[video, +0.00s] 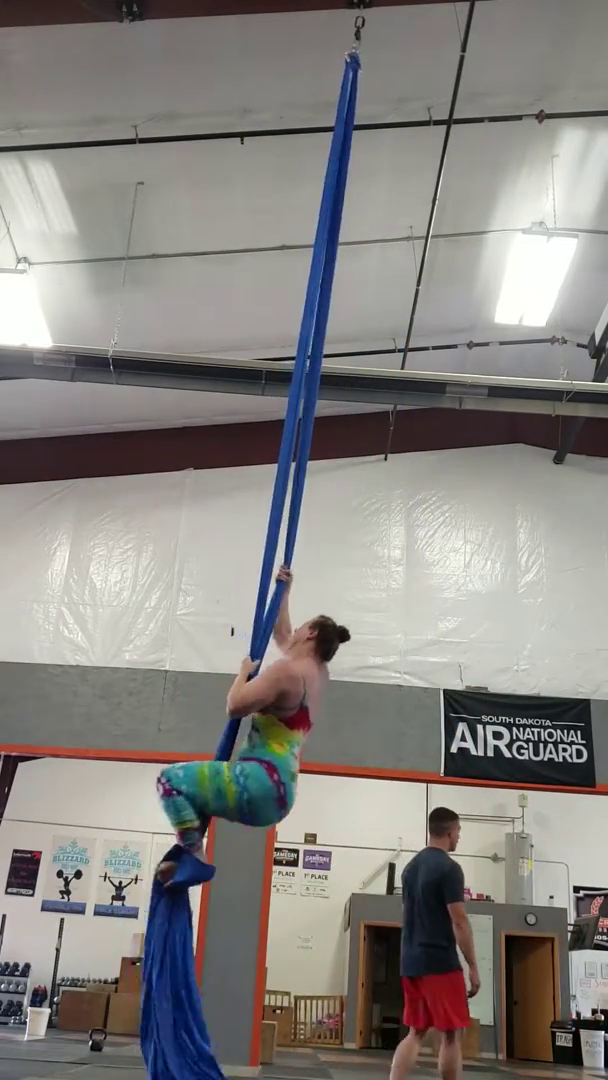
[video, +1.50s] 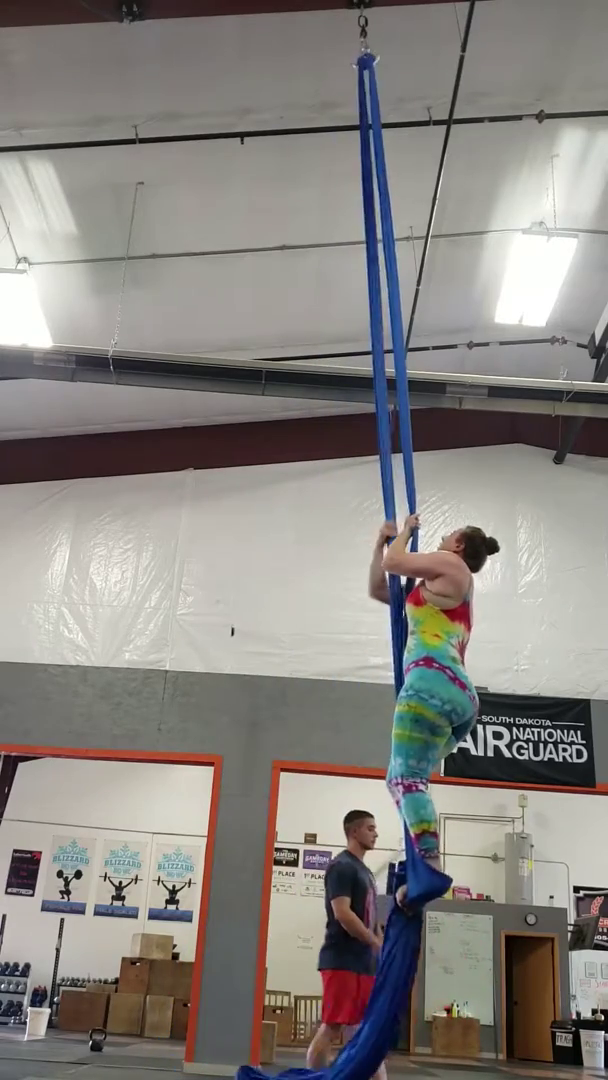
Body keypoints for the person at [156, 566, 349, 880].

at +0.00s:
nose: (299, 627)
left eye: (304, 624)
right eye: (303, 624)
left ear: (310, 633)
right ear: (322, 641)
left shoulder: (287, 670)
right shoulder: (315, 671)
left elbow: (235, 705)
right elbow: (283, 636)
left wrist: (244, 672)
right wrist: (283, 592)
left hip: (260, 782)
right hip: (280, 793)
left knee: (172, 779)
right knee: (188, 784)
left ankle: (193, 856)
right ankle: (187, 858)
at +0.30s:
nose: (354, 606)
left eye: (360, 602)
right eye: (359, 602)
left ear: (369, 608)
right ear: (382, 622)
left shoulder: (340, 631)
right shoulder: (375, 656)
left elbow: (279, 609)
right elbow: (323, 635)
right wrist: (321, 592)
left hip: (303, 743)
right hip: (325, 767)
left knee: (217, 782)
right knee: (237, 790)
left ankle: (244, 862)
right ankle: (232, 861)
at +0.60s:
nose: (412, 581)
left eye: (418, 578)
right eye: (418, 577)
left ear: (427, 587)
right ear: (437, 600)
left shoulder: (406, 600)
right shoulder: (427, 636)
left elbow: (351, 568)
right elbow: (368, 634)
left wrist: (351, 533)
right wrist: (354, 588)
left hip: (356, 708)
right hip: (376, 733)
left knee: (277, 768)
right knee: (285, 771)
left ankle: (269, 858)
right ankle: (267, 855)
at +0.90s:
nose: (452, 565)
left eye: (457, 562)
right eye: (456, 562)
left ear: (467, 567)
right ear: (480, 582)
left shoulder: (456, 586)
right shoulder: (467, 616)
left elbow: (399, 561)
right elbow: (404, 633)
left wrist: (397, 529)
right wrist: (389, 584)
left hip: (396, 695)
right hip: (415, 712)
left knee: (330, 766)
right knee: (335, 770)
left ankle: (324, 865)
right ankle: (324, 860)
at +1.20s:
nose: (451, 549)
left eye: (457, 546)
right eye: (456, 545)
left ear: (469, 554)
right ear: (479, 562)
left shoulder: (457, 569)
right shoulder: (473, 595)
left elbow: (396, 561)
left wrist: (407, 529)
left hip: (428, 682)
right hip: (453, 701)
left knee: (382, 772)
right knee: (382, 772)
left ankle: (394, 866)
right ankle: (388, 863)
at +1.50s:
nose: (446, 536)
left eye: (451, 534)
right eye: (451, 533)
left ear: (459, 542)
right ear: (470, 553)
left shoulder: (453, 565)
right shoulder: (434, 588)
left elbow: (392, 562)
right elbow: (379, 591)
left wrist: (405, 533)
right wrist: (381, 545)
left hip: (432, 678)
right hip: (460, 694)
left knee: (407, 777)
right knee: (403, 778)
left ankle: (428, 871)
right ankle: (420, 872)